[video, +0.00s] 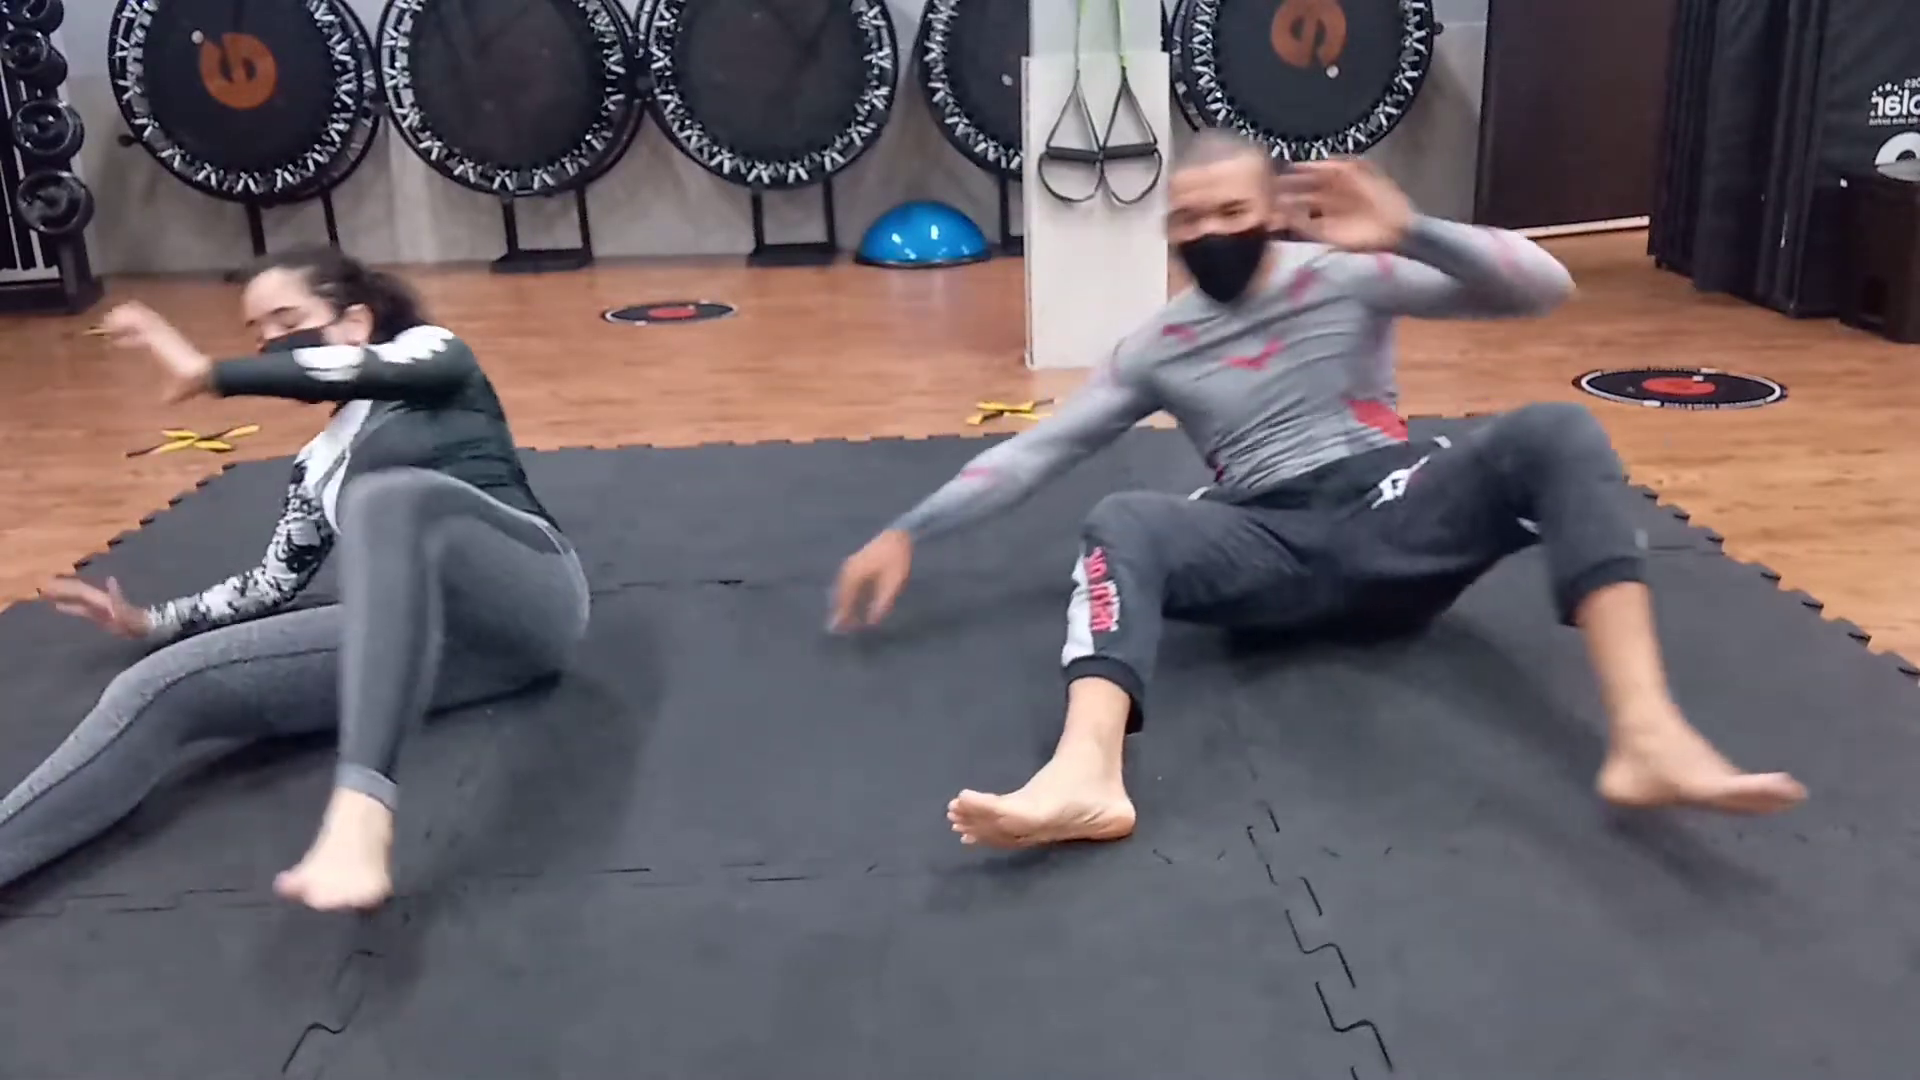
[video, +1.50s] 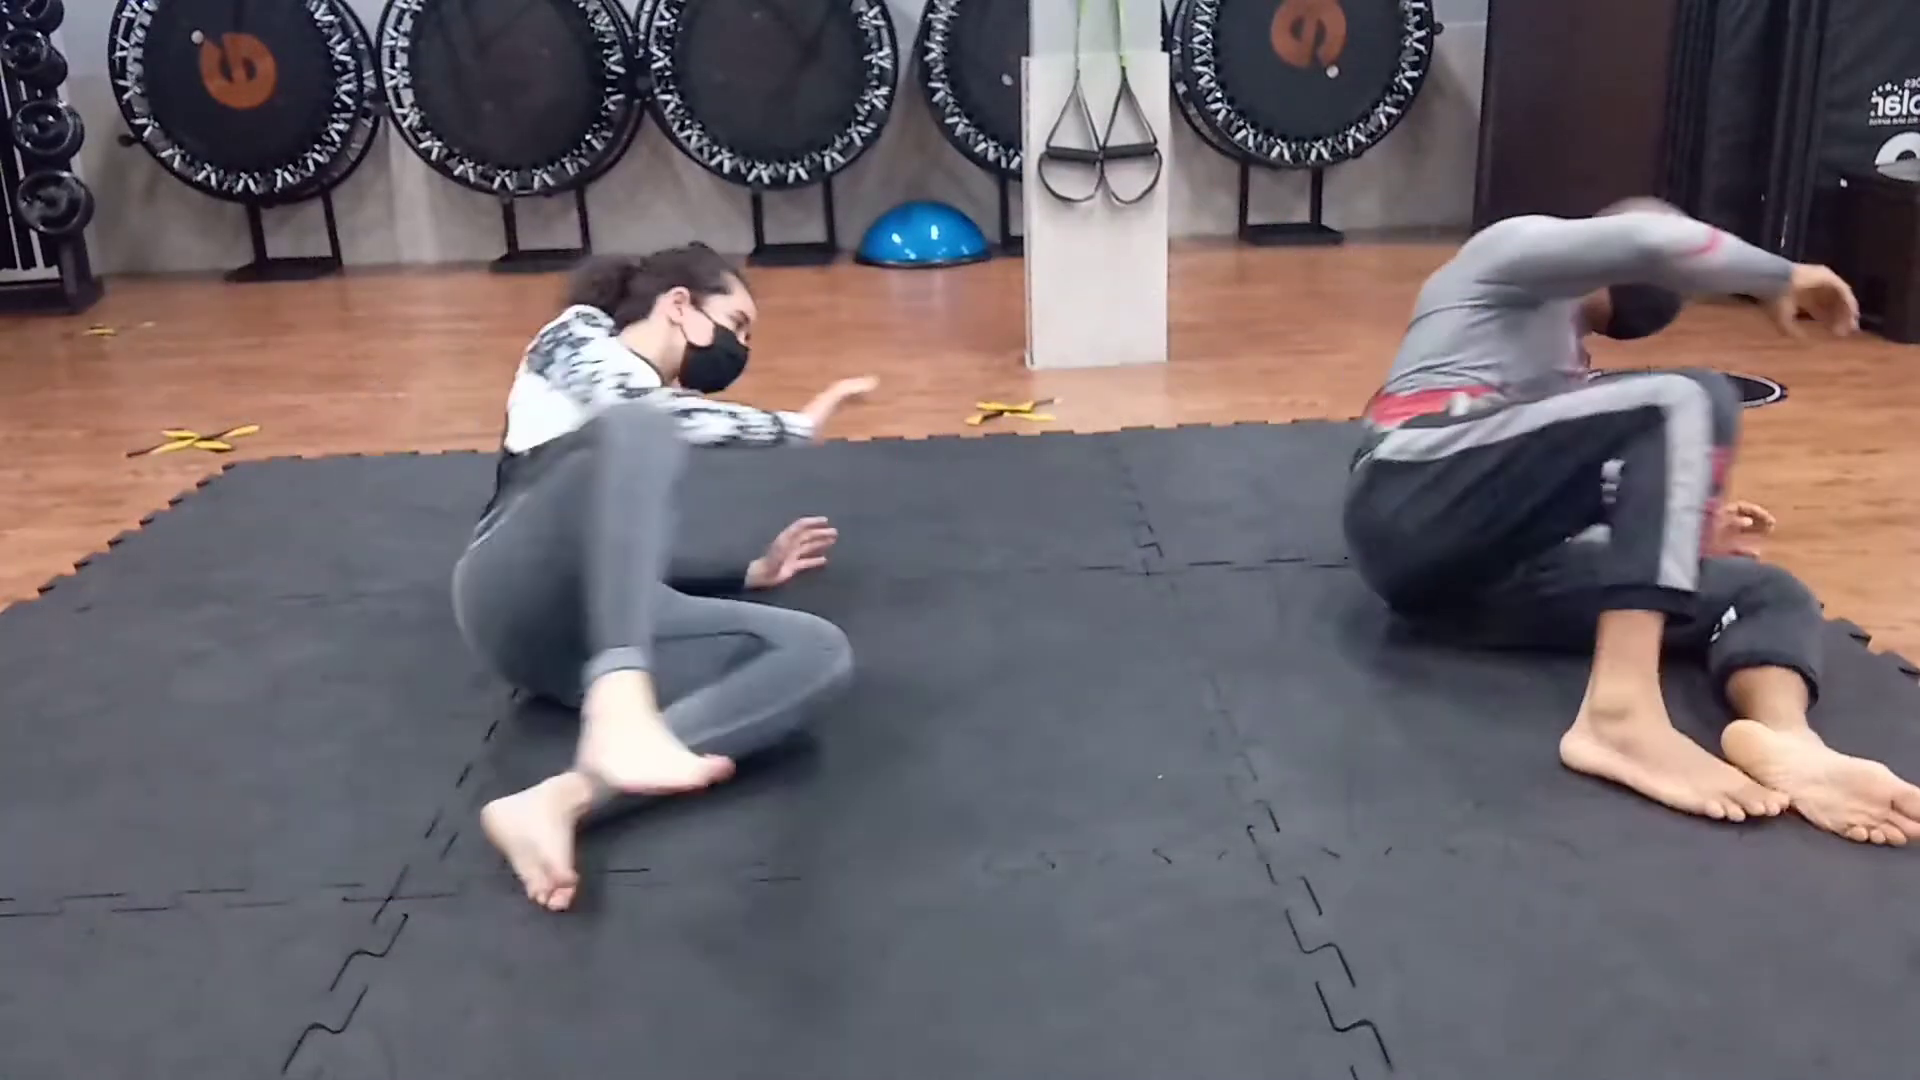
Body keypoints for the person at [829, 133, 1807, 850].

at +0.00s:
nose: (1209, 240)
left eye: (1230, 218)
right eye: (1190, 224)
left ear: (1275, 214)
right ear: (1167, 232)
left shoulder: (1341, 276)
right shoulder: (1157, 348)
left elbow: (1543, 290)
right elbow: (1036, 448)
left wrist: (1411, 231)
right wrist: (908, 528)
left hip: (1397, 511)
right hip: (1267, 543)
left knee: (1562, 431)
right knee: (1122, 523)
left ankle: (1649, 731)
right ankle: (1086, 772)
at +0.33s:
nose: (1351, 217)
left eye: (1372, 200)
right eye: (1329, 196)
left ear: (1392, 203)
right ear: (1283, 197)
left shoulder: (1429, 299)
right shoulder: (1232, 313)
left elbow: (1537, 409)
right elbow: (1125, 415)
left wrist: (1606, 352)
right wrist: (1143, 380)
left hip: (1430, 534)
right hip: (1303, 541)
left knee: (1628, 454)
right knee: (1202, 473)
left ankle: (1716, 742)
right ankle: (1223, 751)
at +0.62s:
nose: (1462, 225)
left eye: (1481, 211)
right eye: (1444, 197)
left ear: (1489, 222)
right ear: (1388, 195)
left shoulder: (1479, 326)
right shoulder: (1306, 287)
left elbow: (1519, 458)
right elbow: (1218, 340)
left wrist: (1674, 474)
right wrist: (1356, 248)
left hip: (1449, 543)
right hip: (1334, 544)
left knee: (1680, 476)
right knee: (1308, 441)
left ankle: (1725, 740)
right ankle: (1431, 744)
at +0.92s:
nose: (1550, 246)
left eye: (1567, 237)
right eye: (1533, 219)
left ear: (1570, 259)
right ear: (1480, 209)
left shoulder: (1518, 368)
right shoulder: (1376, 279)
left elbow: (1510, 508)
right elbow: (1345, 274)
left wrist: (1543, 590)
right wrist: (1551, 217)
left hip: (1454, 575)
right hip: (1338, 554)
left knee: (1718, 507)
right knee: (1414, 398)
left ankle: (1736, 740)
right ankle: (1535, 715)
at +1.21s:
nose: (1624, 276)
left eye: (1637, 272)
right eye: (1620, 252)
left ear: (1600, 298)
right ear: (1561, 226)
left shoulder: (1553, 369)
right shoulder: (1437, 270)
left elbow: (1574, 506)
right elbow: (1529, 238)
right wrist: (1696, 248)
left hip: (1484, 579)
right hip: (1372, 536)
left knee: (1757, 551)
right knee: (1533, 384)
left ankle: (1768, 737)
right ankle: (1594, 706)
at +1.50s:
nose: (1621, 325)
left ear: (1608, 306)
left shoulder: (1570, 387)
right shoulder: (1504, 258)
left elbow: (1551, 520)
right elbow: (1651, 236)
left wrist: (1681, 538)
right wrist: (1782, 280)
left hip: (1467, 586)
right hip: (1410, 493)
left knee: (1761, 587)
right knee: (1686, 398)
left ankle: (1777, 732)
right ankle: (1619, 711)